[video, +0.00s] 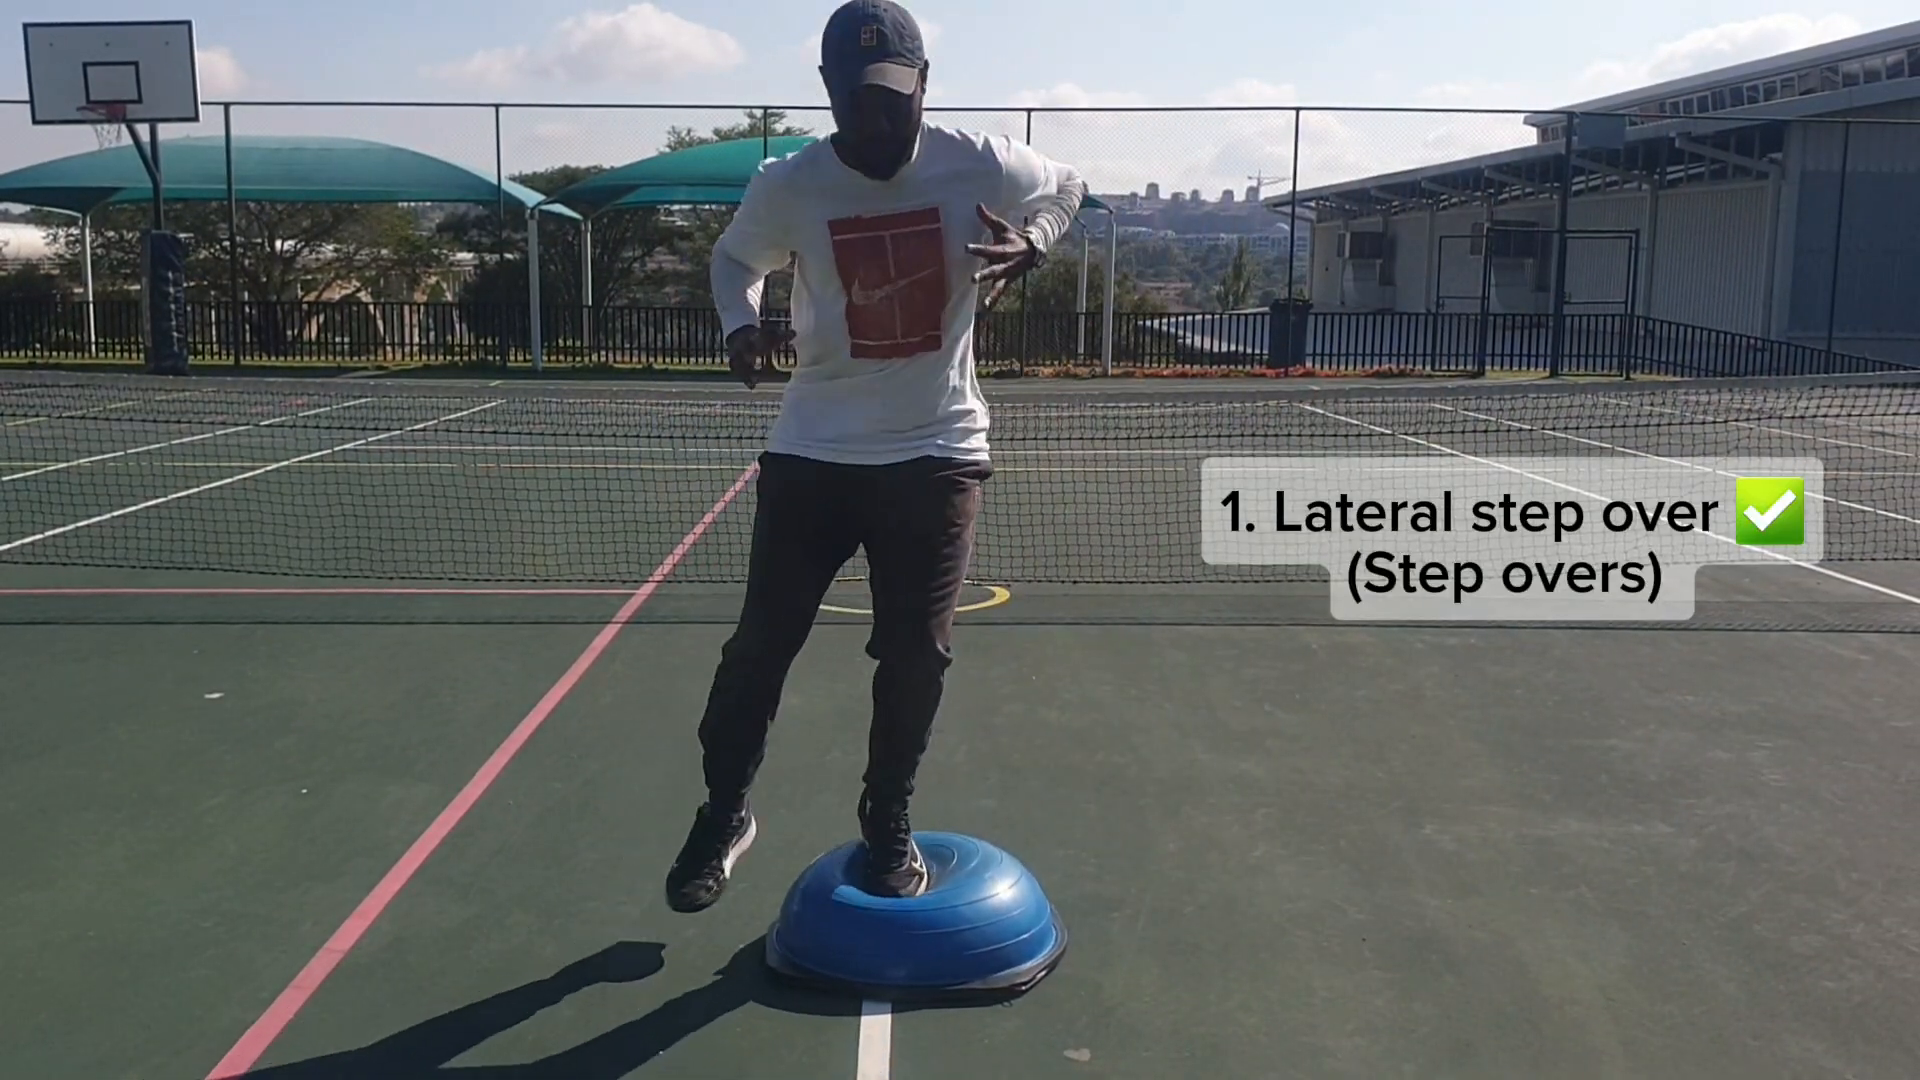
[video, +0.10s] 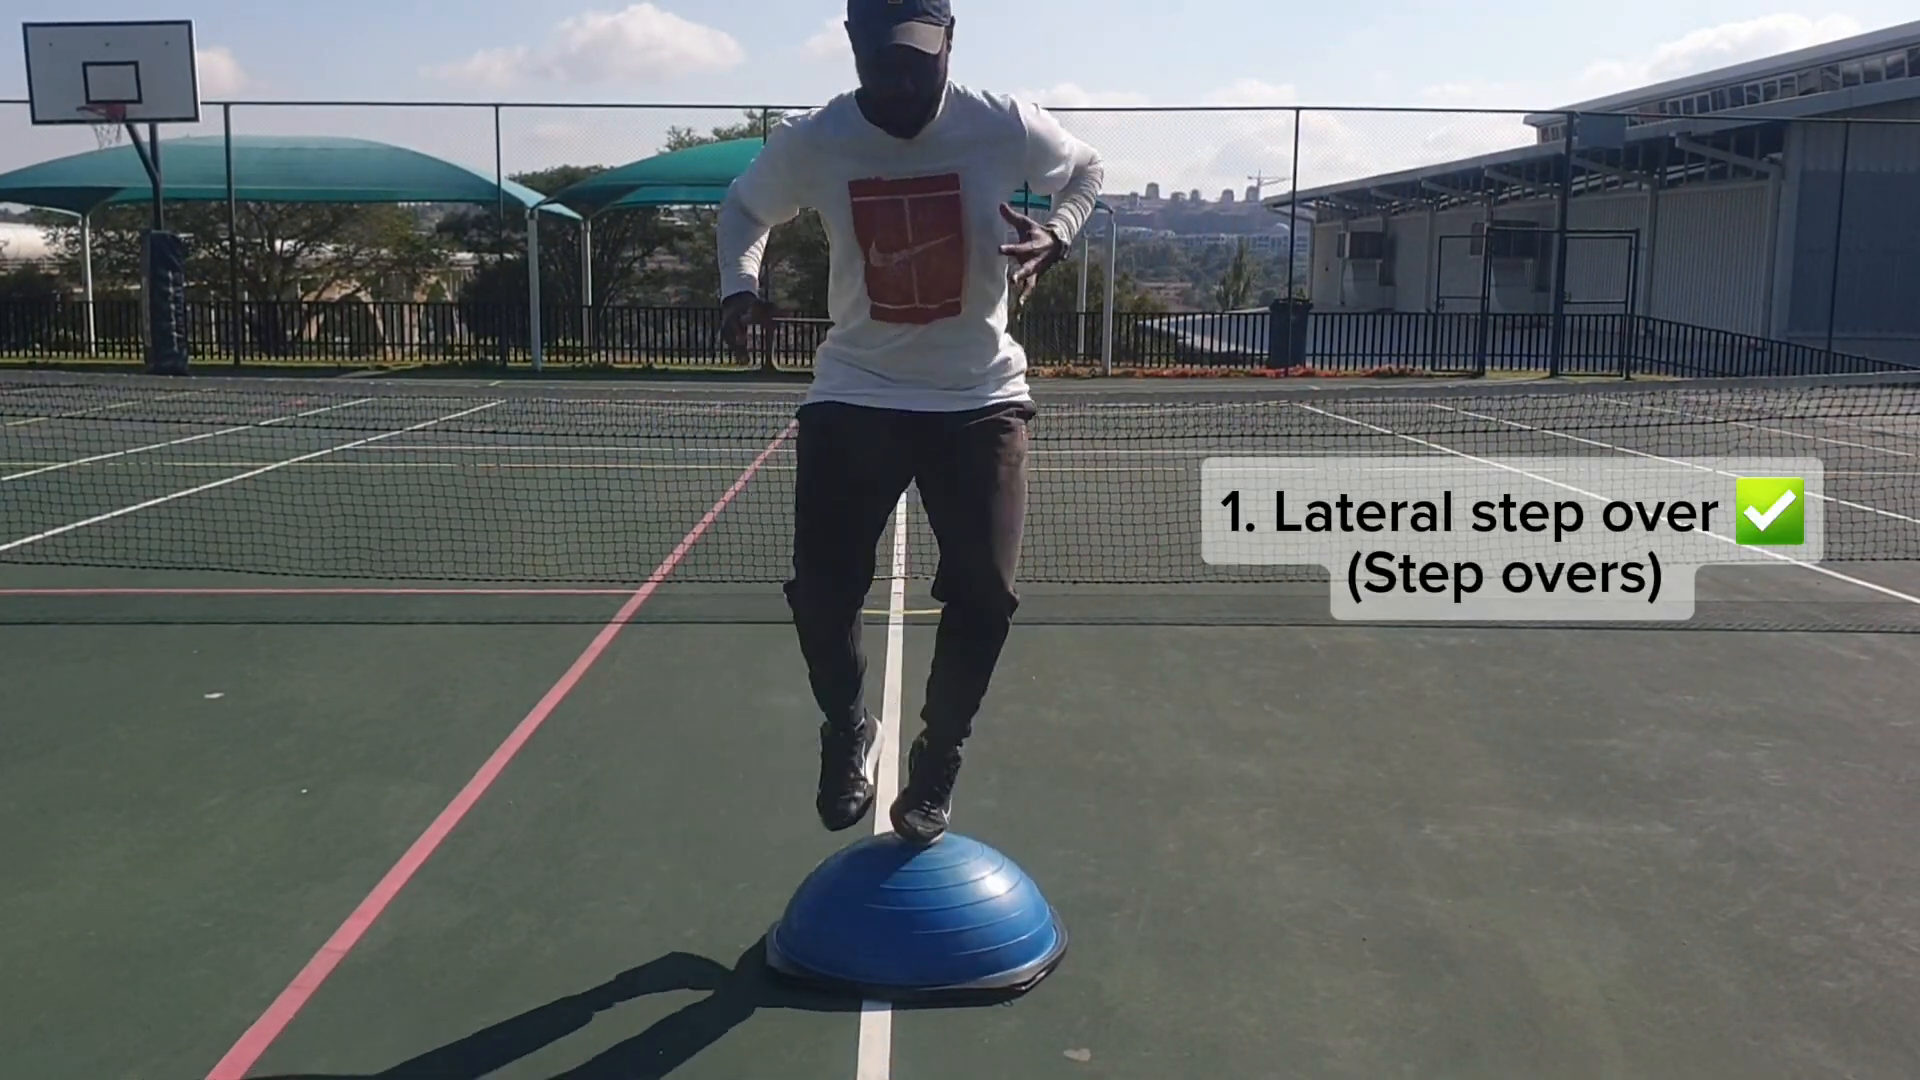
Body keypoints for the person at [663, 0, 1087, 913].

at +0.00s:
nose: (891, 119)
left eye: (904, 98)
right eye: (869, 100)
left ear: (927, 86)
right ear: (832, 94)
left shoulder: (975, 165)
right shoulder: (787, 186)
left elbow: (1065, 190)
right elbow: (735, 261)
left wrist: (1034, 238)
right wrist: (743, 320)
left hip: (936, 447)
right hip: (813, 448)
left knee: (916, 654)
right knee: (763, 640)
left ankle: (888, 827)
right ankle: (723, 815)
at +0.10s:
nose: (903, 88)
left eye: (919, 70)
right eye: (886, 69)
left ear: (948, 51)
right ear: (856, 53)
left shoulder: (1005, 129)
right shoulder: (814, 143)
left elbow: (1085, 172)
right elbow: (743, 210)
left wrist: (1059, 231)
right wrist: (740, 286)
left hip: (979, 393)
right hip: (856, 389)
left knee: (986, 593)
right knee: (818, 590)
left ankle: (939, 756)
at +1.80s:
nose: (994, 232)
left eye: (1012, 212)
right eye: (978, 212)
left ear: (1040, 202)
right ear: (950, 201)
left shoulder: (1095, 286)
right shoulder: (901, 288)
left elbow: (1170, 376)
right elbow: (877, 359)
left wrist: (1113, 413)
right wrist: (890, 418)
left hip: (1078, 515)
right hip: (953, 512)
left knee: (1154, 685)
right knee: (916, 677)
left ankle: (1208, 857)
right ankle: (939, 807)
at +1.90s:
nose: (973, 150)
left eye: (989, 129)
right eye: (956, 128)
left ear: (1011, 121)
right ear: (917, 116)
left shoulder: (1057, 207)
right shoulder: (864, 200)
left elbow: (1141, 269)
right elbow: (829, 245)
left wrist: (1095, 310)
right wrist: (829, 309)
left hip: (1035, 467)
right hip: (915, 471)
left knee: (1107, 659)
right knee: (912, 670)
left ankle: (1155, 820)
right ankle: (942, 817)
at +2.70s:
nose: (909, 65)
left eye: (926, 43)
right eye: (890, 44)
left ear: (957, 29)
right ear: (863, 36)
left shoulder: (1012, 117)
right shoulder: (811, 125)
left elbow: (1076, 186)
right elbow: (749, 208)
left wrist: (1049, 237)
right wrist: (772, 275)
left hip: (977, 370)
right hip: (854, 370)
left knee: (1008, 566)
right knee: (843, 574)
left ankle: (954, 731)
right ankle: (881, 735)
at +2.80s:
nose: (944, 100)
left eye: (958, 81)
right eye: (925, 81)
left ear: (980, 62)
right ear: (891, 61)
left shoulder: (1029, 141)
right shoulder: (835, 149)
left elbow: (1096, 212)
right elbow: (772, 217)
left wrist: (1067, 265)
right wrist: (805, 294)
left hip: (1015, 395)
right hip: (891, 406)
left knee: (1073, 589)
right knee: (899, 614)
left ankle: (1080, 757)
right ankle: (937, 782)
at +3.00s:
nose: (974, 243)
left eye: (991, 223)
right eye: (957, 224)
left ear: (1017, 209)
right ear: (927, 214)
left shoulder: (1076, 294)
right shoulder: (883, 302)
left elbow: (1145, 384)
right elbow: (862, 374)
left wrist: (1109, 435)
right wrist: (892, 433)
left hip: (1070, 531)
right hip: (947, 526)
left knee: (1141, 713)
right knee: (898, 681)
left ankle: (1187, 868)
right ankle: (936, 807)